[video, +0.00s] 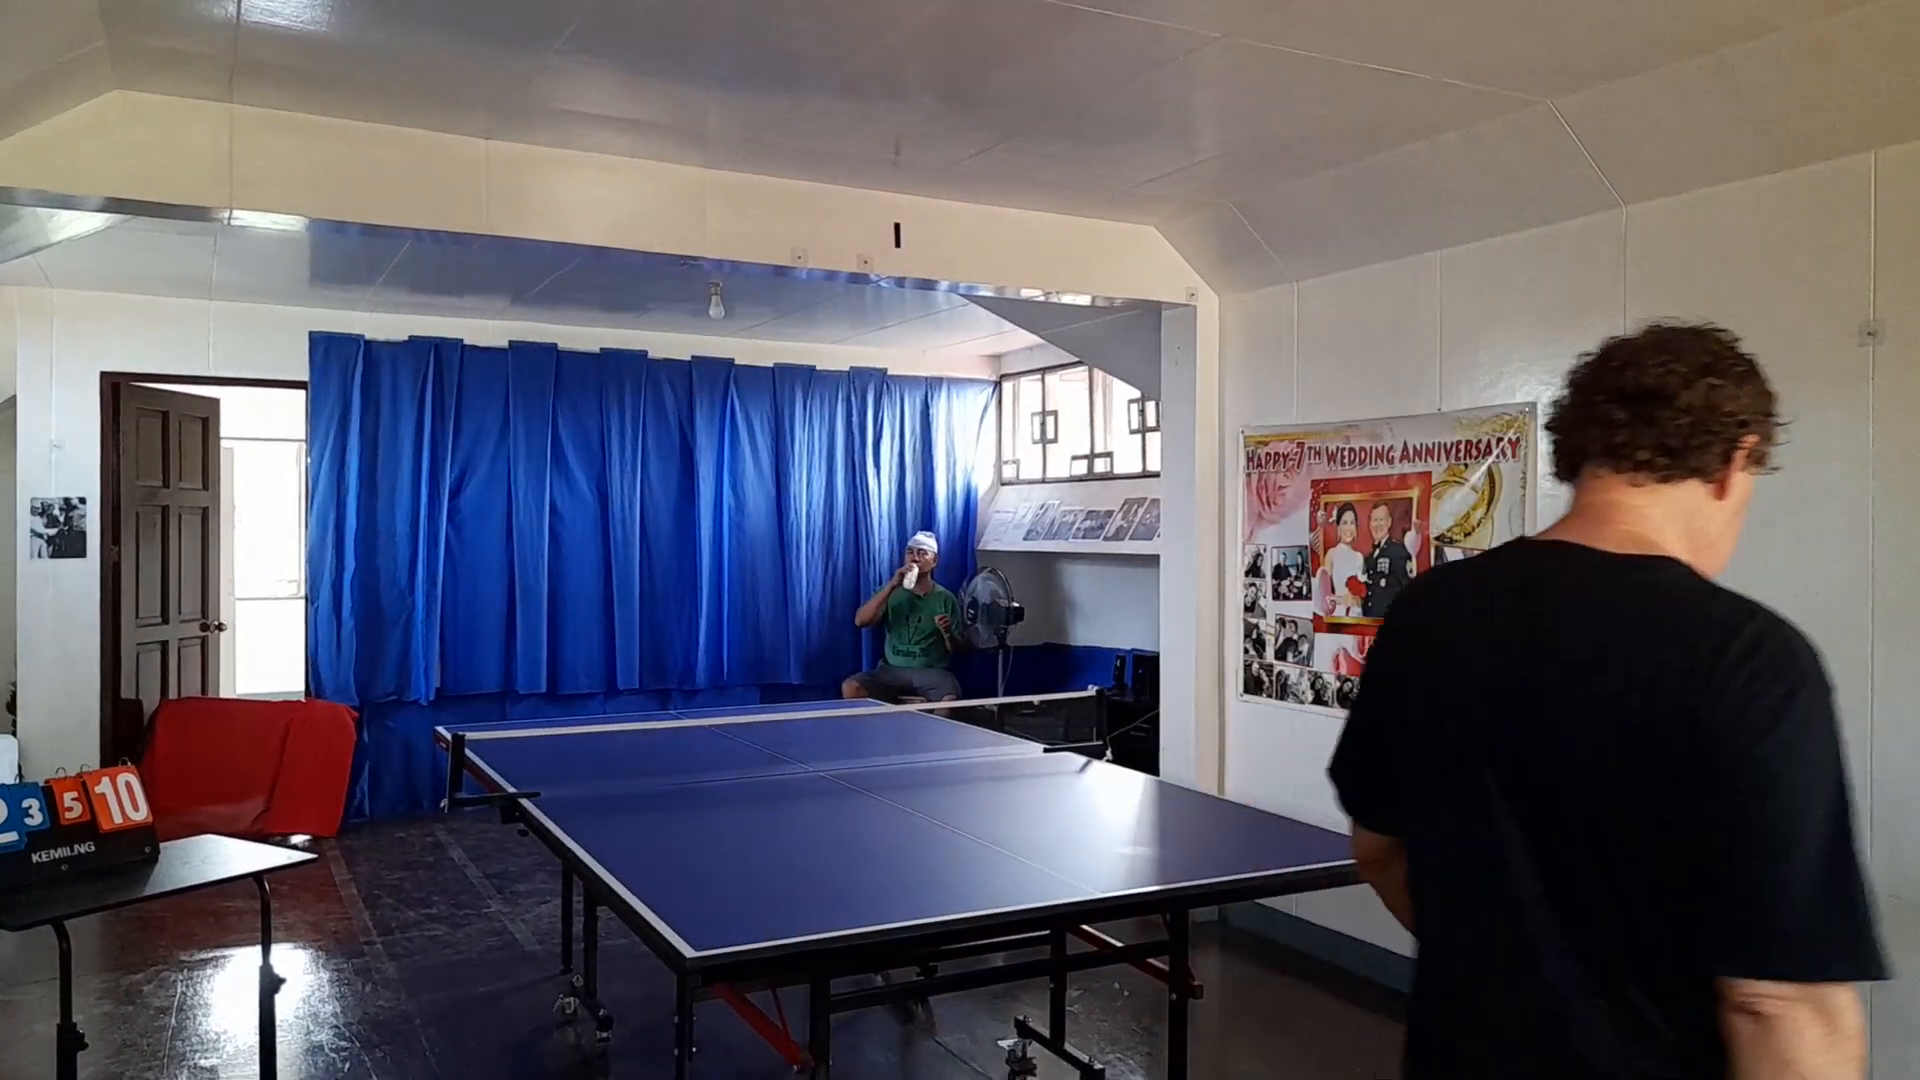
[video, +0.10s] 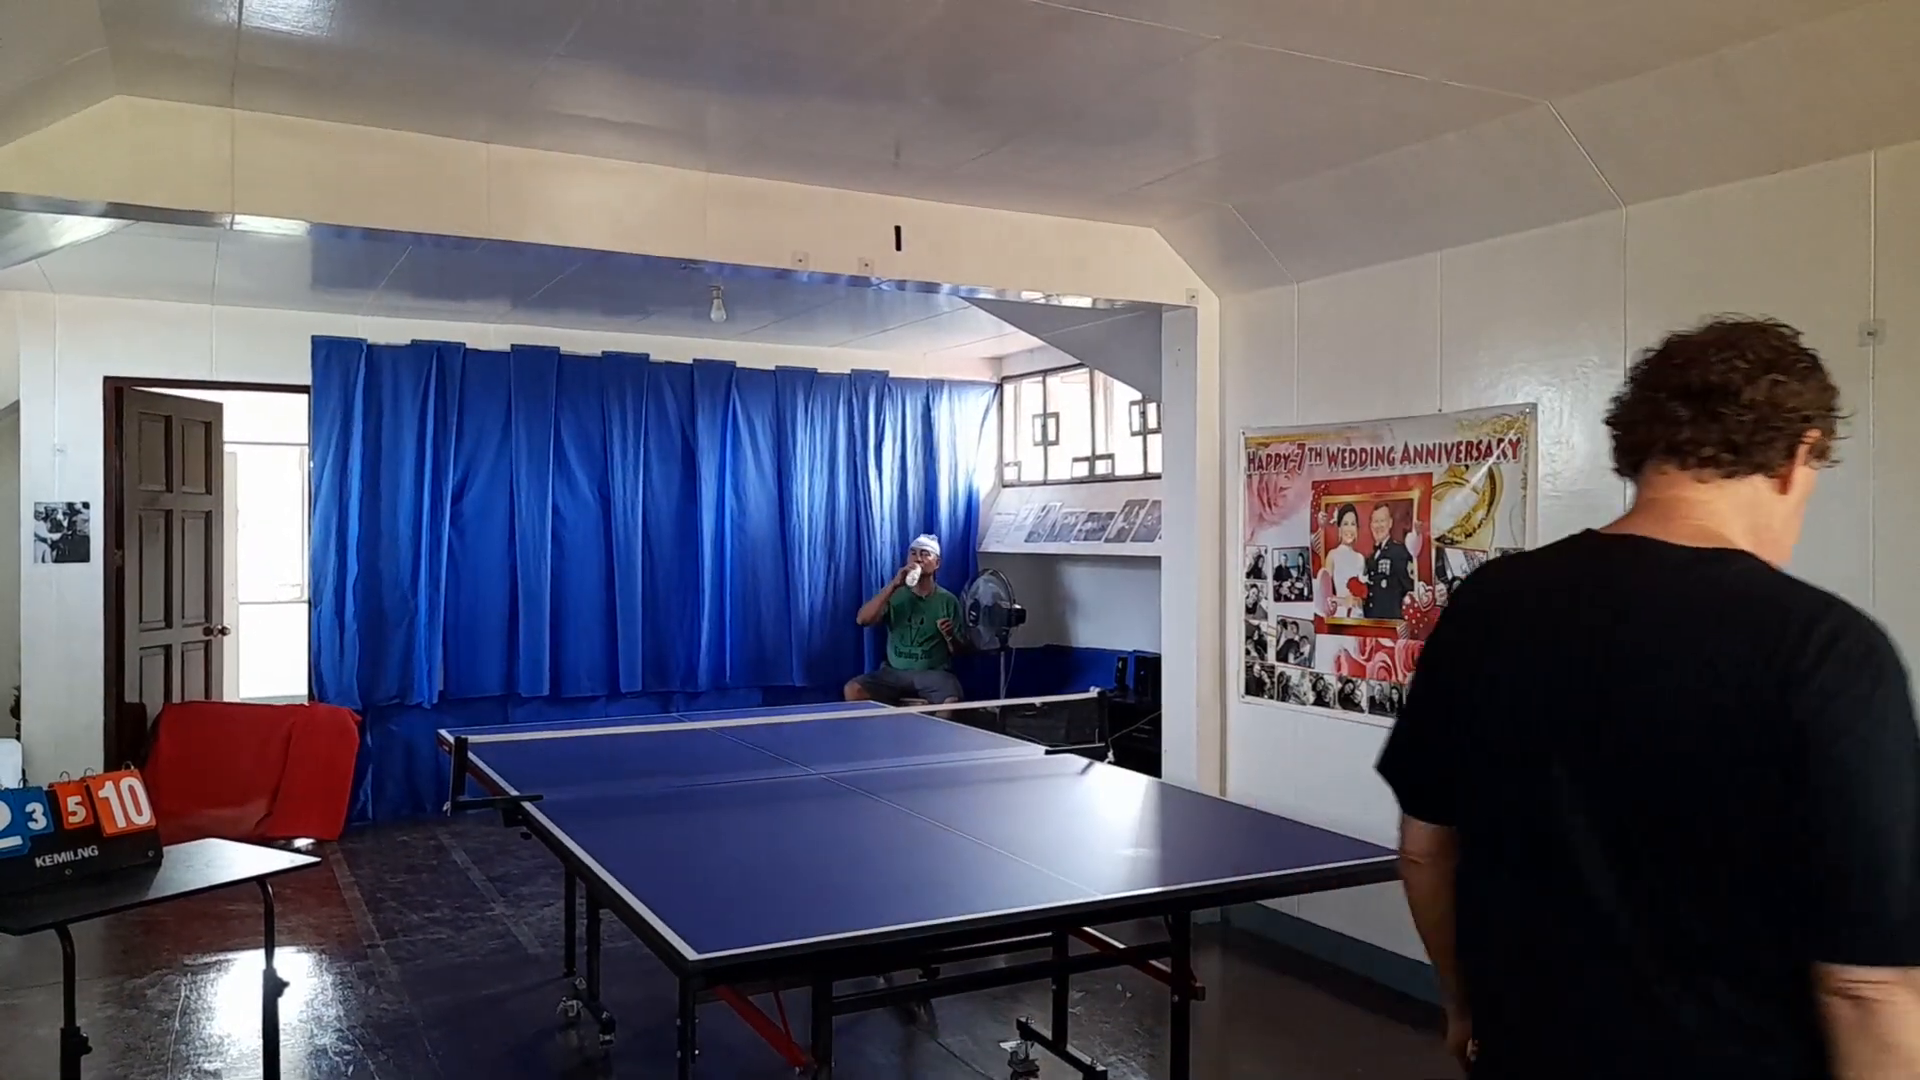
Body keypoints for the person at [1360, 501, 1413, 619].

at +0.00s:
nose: (1377, 524)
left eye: (1382, 520)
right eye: (1374, 520)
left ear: (1389, 522)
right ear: (1369, 523)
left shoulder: (1398, 550)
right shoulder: (1369, 557)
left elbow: (1402, 581)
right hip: (1371, 613)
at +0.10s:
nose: (1379, 525)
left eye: (1383, 521)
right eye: (1375, 521)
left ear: (1390, 523)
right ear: (1370, 524)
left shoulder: (1399, 551)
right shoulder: (1370, 558)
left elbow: (1407, 586)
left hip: (1393, 615)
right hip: (1372, 616)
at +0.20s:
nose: (1378, 526)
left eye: (1383, 521)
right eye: (1375, 521)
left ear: (1390, 523)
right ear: (1370, 524)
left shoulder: (1400, 551)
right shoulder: (1370, 558)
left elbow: (1409, 587)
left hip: (1394, 617)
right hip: (1372, 617)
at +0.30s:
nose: (1378, 524)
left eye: (1382, 520)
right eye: (1374, 520)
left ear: (1390, 521)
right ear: (1369, 523)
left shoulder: (1399, 550)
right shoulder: (1370, 556)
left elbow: (1408, 586)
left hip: (1393, 615)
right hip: (1371, 615)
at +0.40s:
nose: (1379, 524)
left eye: (1383, 519)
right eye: (1375, 520)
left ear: (1390, 521)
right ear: (1370, 524)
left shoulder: (1399, 550)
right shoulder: (1370, 557)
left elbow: (1407, 585)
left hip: (1393, 615)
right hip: (1371, 615)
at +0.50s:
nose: (1378, 524)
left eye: (1382, 519)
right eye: (1375, 520)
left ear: (1390, 521)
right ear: (1370, 523)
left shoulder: (1399, 549)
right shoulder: (1369, 557)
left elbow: (1408, 585)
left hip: (1393, 614)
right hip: (1371, 615)